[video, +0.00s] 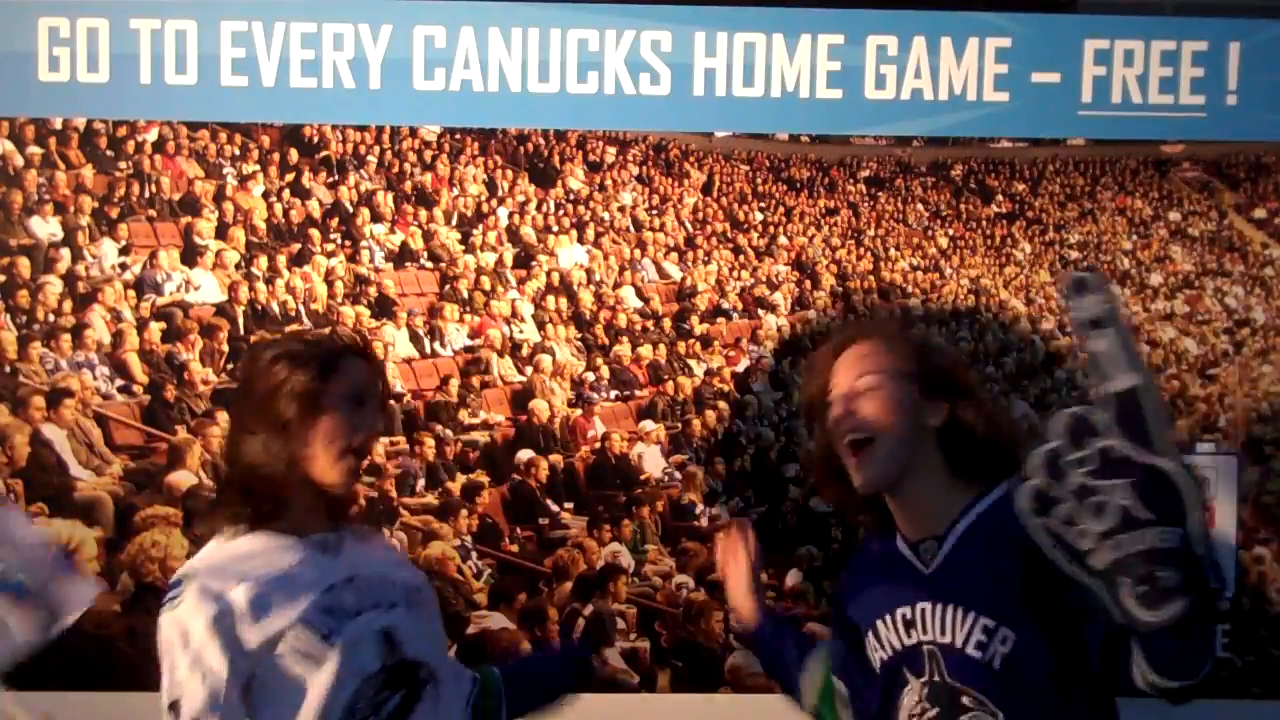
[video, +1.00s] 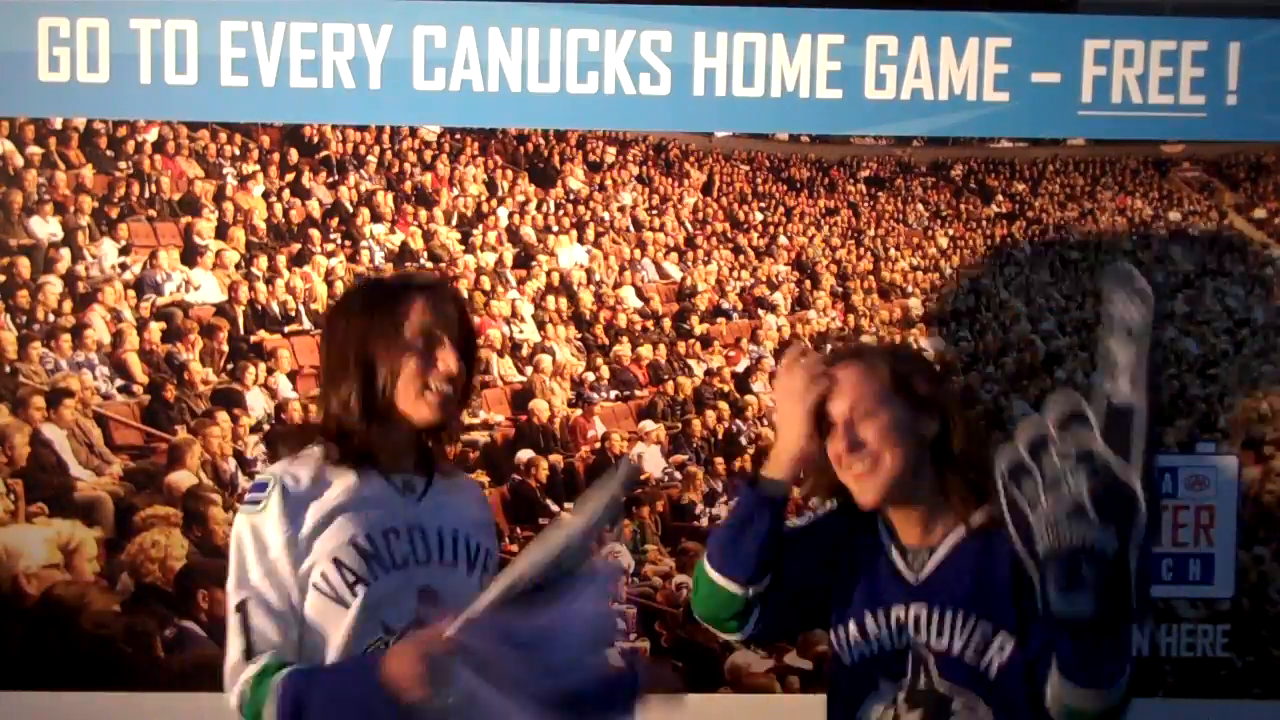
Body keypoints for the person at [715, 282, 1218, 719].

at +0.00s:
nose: (839, 412)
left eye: (866, 387)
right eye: (830, 403)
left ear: (935, 407)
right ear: (830, 436)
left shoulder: (1041, 529)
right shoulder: (868, 573)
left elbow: (1166, 679)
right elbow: (865, 701)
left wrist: (1163, 584)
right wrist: (758, 626)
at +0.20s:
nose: (818, 451)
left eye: (839, 424)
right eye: (823, 427)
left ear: (911, 433)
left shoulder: (1024, 566)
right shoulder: (859, 576)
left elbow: (1154, 674)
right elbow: (825, 707)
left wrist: (1103, 546)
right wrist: (737, 635)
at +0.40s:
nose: (830, 447)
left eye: (846, 416)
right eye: (835, 420)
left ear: (911, 413)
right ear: (909, 413)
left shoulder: (1011, 565)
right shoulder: (857, 557)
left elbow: (1086, 699)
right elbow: (838, 694)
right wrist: (736, 601)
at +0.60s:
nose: (850, 472)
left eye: (866, 440)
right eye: (849, 450)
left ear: (937, 434)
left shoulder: (1042, 590)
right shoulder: (867, 557)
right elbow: (766, 644)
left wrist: (1087, 632)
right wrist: (765, 498)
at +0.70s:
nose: (850, 436)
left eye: (867, 408)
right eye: (847, 413)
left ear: (939, 404)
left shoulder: (1026, 568)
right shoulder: (855, 529)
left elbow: (1078, 716)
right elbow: (729, 555)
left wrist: (1127, 653)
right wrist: (794, 416)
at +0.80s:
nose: (840, 432)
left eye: (868, 404)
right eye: (843, 409)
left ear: (939, 415)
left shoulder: (1024, 558)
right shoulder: (847, 529)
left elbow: (1066, 709)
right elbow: (720, 538)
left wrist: (1110, 635)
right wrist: (799, 407)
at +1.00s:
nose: (844, 443)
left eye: (864, 417)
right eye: (832, 429)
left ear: (925, 416)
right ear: (820, 446)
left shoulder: (1027, 548)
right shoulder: (839, 548)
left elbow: (1080, 709)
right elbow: (718, 610)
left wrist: (1087, 566)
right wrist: (783, 457)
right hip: (869, 710)